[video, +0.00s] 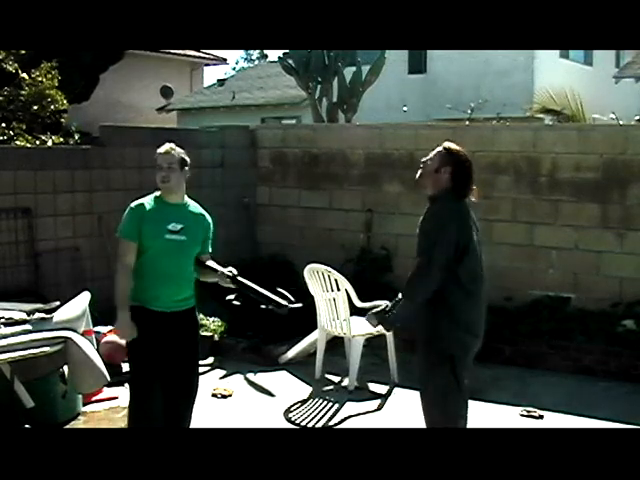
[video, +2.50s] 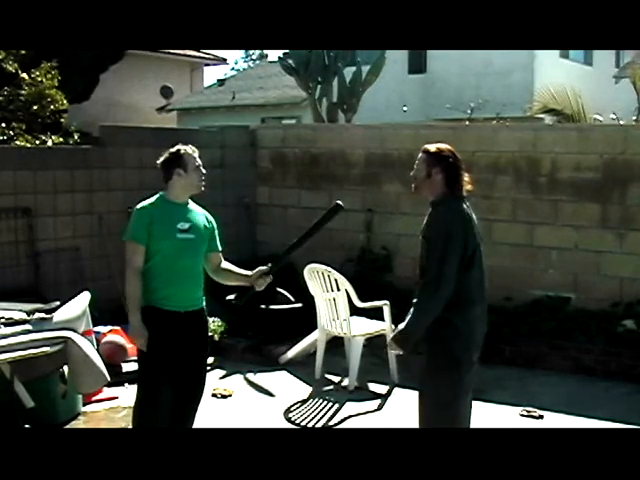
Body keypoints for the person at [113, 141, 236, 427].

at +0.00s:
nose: (163, 174)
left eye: (170, 168)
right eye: (159, 168)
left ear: (185, 172)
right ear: (154, 172)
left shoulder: (201, 218)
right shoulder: (139, 211)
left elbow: (200, 265)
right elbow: (125, 266)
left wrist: (219, 273)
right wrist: (123, 315)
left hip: (184, 318)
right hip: (146, 317)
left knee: (182, 396)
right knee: (146, 397)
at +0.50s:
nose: (190, 173)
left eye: (189, 167)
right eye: (184, 167)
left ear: (172, 172)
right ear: (163, 172)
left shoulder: (191, 216)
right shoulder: (131, 211)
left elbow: (203, 266)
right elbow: (116, 267)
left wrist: (240, 259)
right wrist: (115, 318)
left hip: (180, 320)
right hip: (142, 319)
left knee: (180, 400)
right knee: (144, 402)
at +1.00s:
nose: (190, 172)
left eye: (189, 167)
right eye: (184, 167)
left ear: (171, 174)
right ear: (163, 173)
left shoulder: (193, 215)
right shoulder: (132, 212)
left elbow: (195, 268)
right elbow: (117, 269)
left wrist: (197, 316)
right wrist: (116, 322)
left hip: (182, 319)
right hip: (143, 319)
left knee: (179, 403)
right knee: (144, 403)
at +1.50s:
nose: (192, 173)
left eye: (191, 167)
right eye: (186, 168)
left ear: (172, 172)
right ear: (167, 172)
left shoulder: (193, 215)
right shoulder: (139, 213)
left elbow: (208, 263)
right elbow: (128, 270)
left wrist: (243, 285)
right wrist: (135, 322)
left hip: (187, 319)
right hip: (153, 319)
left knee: (184, 395)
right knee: (150, 399)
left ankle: (177, 430)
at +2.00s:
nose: (199, 172)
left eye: (198, 167)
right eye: (193, 167)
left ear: (181, 173)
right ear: (173, 173)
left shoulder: (200, 217)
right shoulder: (148, 212)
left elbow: (208, 266)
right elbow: (138, 269)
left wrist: (241, 277)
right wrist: (142, 322)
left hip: (194, 320)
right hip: (162, 319)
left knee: (189, 395)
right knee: (158, 397)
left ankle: (178, 430)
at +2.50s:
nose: (204, 172)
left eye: (202, 167)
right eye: (197, 168)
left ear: (184, 174)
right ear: (178, 174)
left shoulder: (204, 219)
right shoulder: (146, 213)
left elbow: (216, 267)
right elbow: (133, 269)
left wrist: (249, 278)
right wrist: (136, 322)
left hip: (194, 320)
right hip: (159, 319)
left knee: (188, 398)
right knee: (155, 399)